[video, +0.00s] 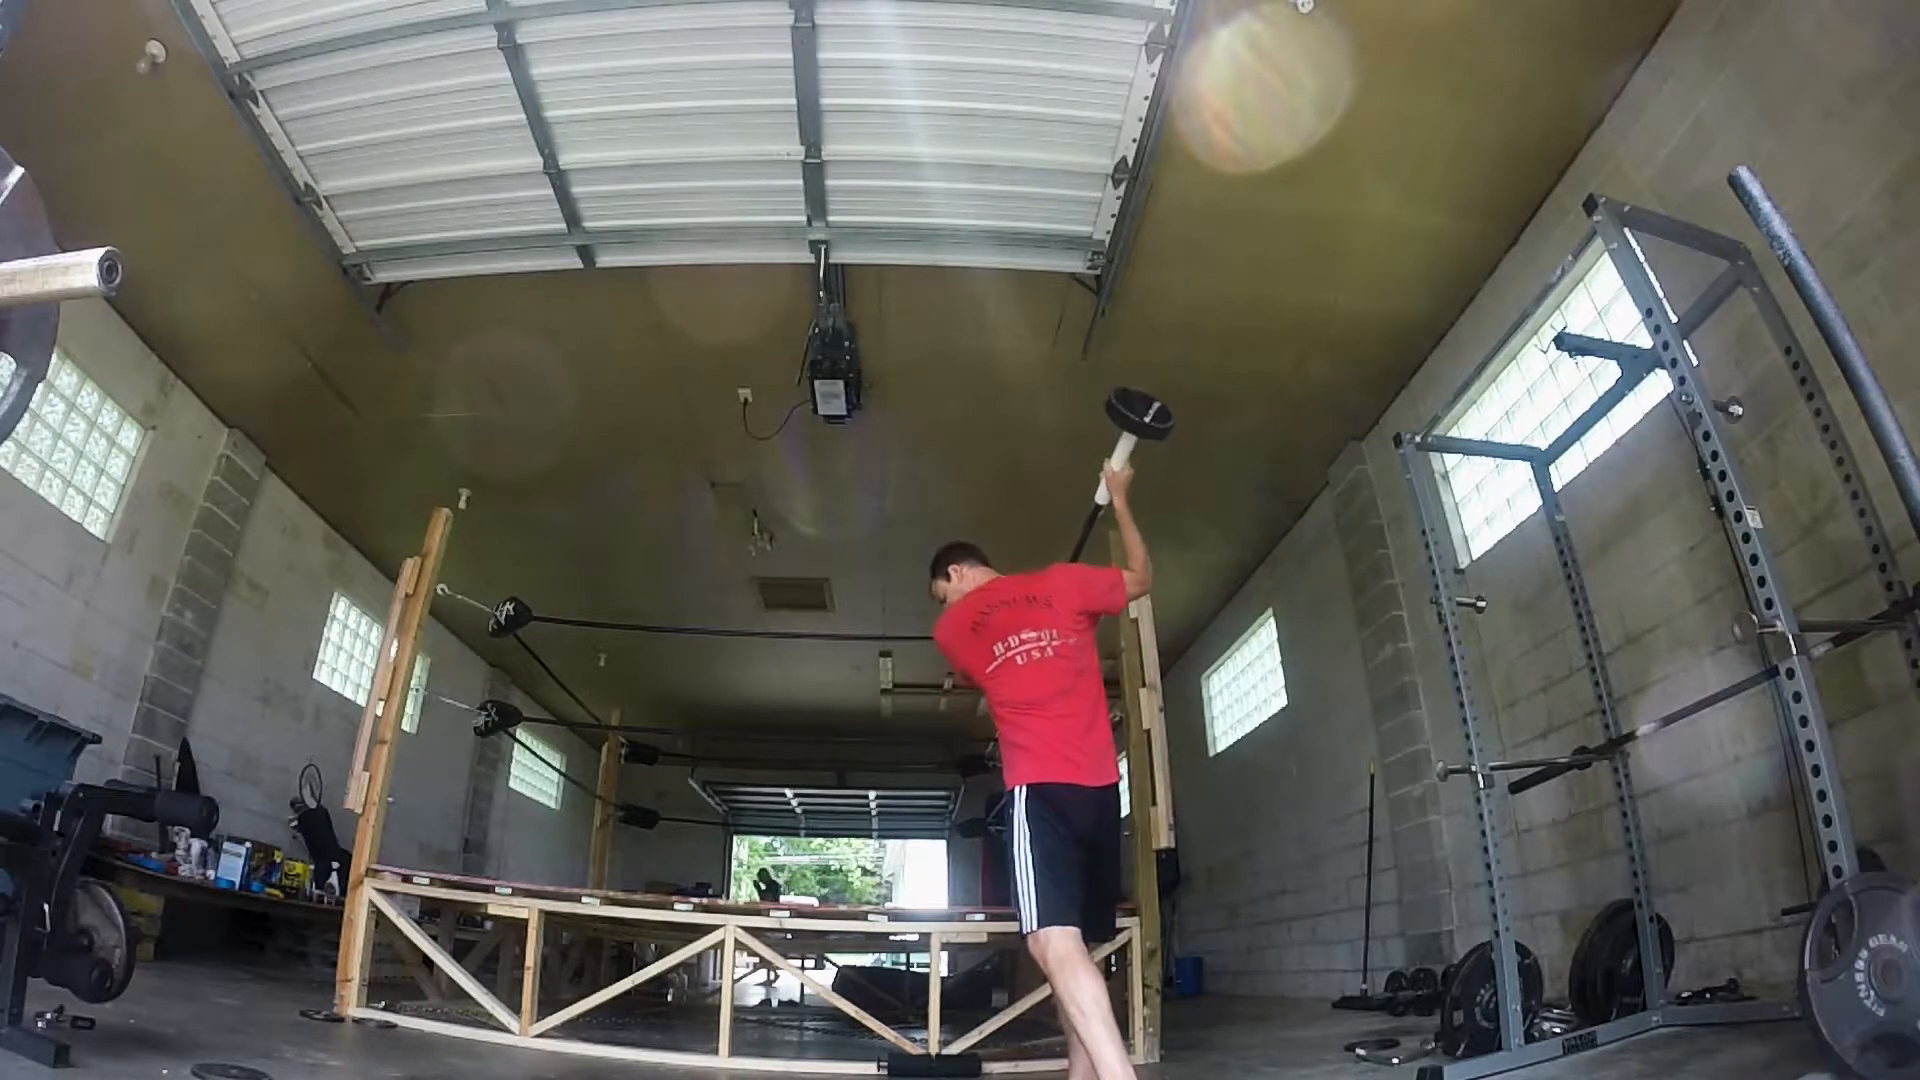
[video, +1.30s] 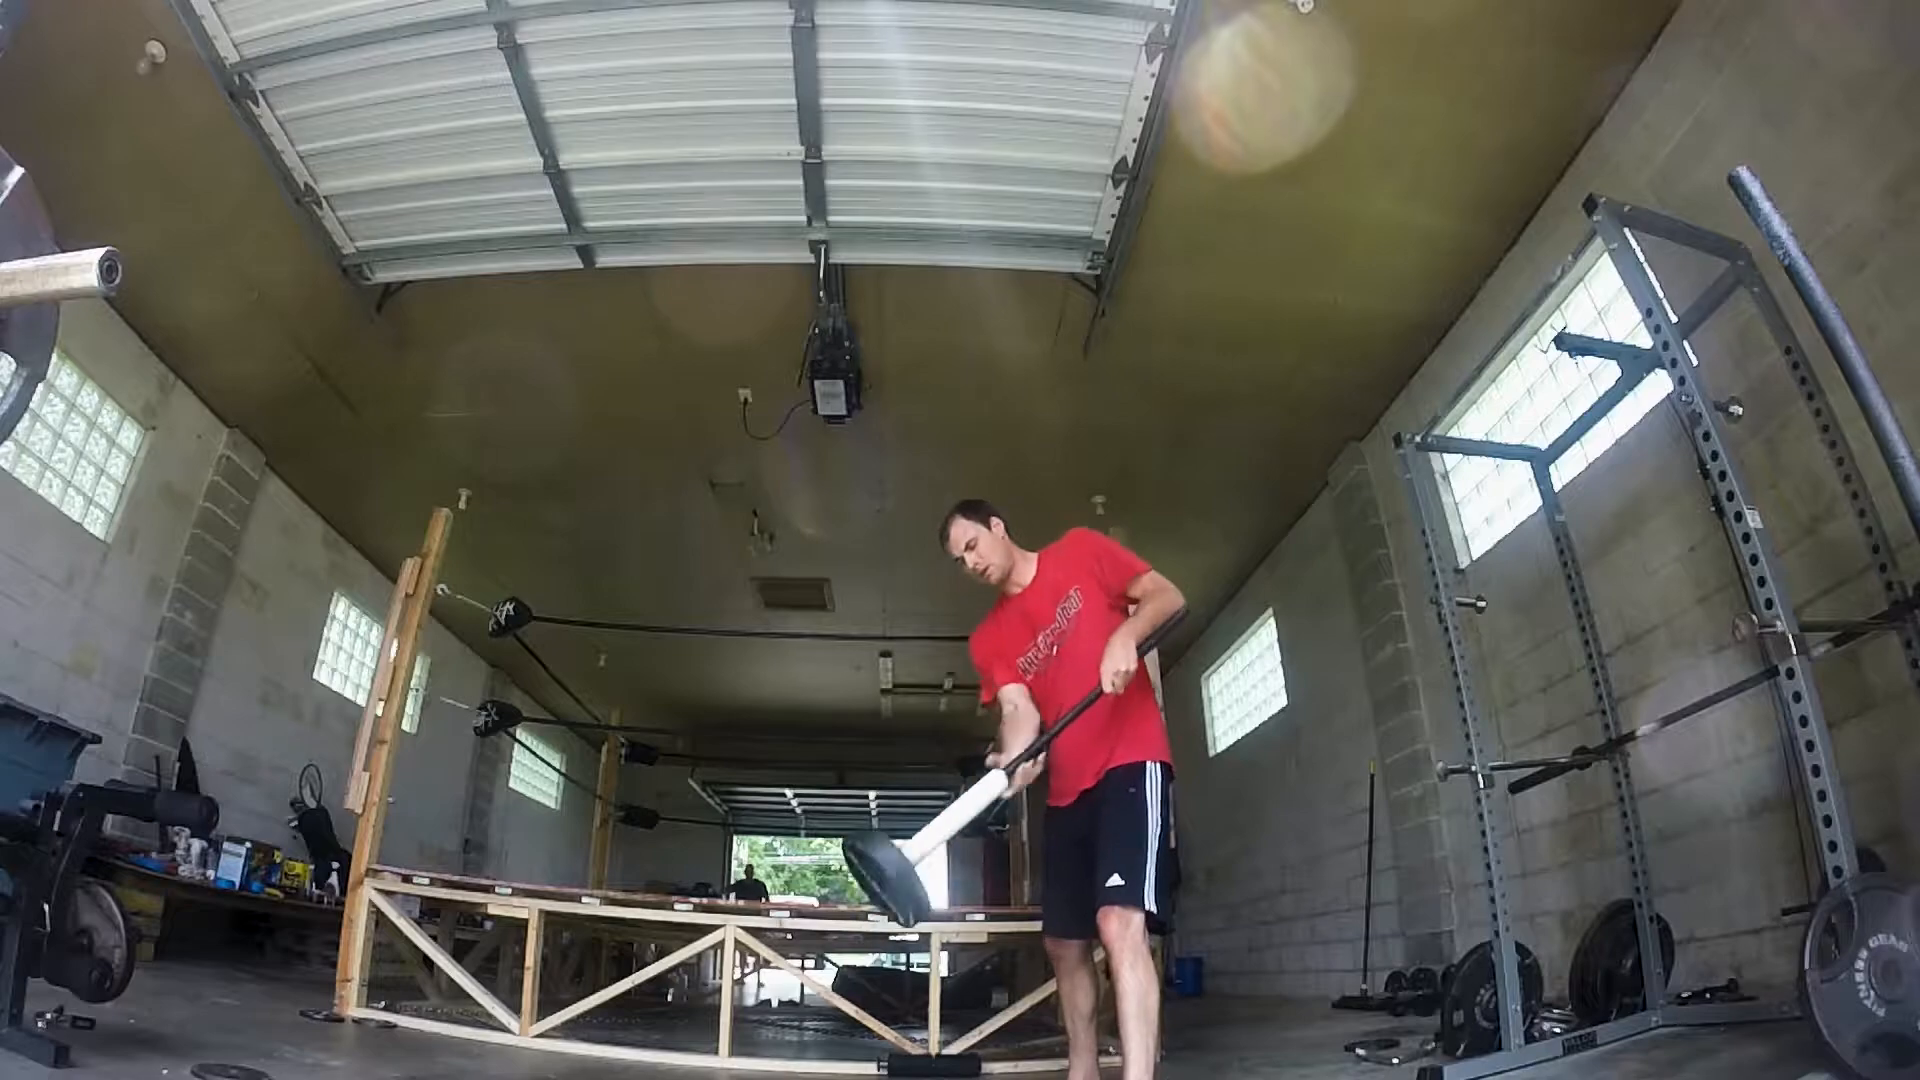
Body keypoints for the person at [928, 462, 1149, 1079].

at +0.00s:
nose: (945, 606)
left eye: (941, 595)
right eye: (941, 598)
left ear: (957, 576)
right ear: (984, 568)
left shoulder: (954, 627)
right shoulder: (1063, 579)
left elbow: (983, 675)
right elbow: (1139, 578)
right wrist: (1120, 502)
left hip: (1038, 791)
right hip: (1102, 788)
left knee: (1055, 942)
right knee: (1080, 945)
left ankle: (1120, 1076)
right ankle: (1081, 1073)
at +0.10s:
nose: (941, 606)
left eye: (938, 596)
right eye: (938, 598)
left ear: (956, 573)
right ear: (981, 566)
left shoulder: (958, 619)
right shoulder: (1068, 583)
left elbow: (965, 682)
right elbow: (1137, 595)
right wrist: (1122, 520)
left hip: (1041, 785)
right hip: (1102, 785)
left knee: (1055, 940)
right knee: (1080, 942)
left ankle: (1119, 1075)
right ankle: (1081, 1073)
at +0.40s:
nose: (946, 598)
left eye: (943, 586)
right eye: (940, 592)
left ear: (965, 558)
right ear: (982, 560)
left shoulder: (967, 605)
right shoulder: (1068, 595)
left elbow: (939, 710)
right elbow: (1117, 656)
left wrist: (961, 731)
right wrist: (1107, 612)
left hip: (1055, 774)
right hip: (1101, 777)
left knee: (1061, 929)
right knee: (1074, 936)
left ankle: (1122, 1074)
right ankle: (1083, 1073)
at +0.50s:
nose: (951, 597)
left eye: (949, 584)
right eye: (945, 591)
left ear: (972, 557)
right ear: (986, 558)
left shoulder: (979, 601)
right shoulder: (1066, 594)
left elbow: (942, 714)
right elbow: (1111, 678)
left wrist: (948, 752)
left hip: (1065, 772)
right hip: (1104, 771)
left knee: (1070, 930)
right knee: (1072, 934)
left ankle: (1124, 1073)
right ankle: (1083, 1072)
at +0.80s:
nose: (964, 592)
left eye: (964, 577)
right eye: (956, 587)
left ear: (991, 555)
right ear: (971, 582)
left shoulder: (1031, 581)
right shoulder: (1036, 605)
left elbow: (1031, 674)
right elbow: (1069, 722)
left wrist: (993, 752)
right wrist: (1025, 795)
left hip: (1108, 767)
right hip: (1074, 784)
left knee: (1098, 927)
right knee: (1062, 939)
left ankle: (1129, 1074)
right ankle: (1085, 1072)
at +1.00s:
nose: (967, 587)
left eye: (967, 571)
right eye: (958, 582)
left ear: (995, 547)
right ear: (970, 579)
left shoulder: (1061, 565)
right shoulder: (1011, 655)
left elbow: (1119, 623)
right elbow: (1021, 754)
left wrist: (1061, 707)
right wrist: (972, 844)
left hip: (1124, 764)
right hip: (1069, 791)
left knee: (1114, 927)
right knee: (1061, 940)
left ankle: (1136, 1074)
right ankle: (1085, 1073)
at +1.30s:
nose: (971, 561)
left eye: (972, 545)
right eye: (960, 558)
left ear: (999, 525)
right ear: (962, 567)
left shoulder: (1079, 548)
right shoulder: (989, 636)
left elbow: (1167, 595)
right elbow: (1018, 709)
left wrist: (1124, 636)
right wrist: (1016, 757)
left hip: (1131, 758)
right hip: (1068, 783)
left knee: (1119, 923)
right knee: (1063, 939)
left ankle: (1139, 1075)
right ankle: (1083, 1072)